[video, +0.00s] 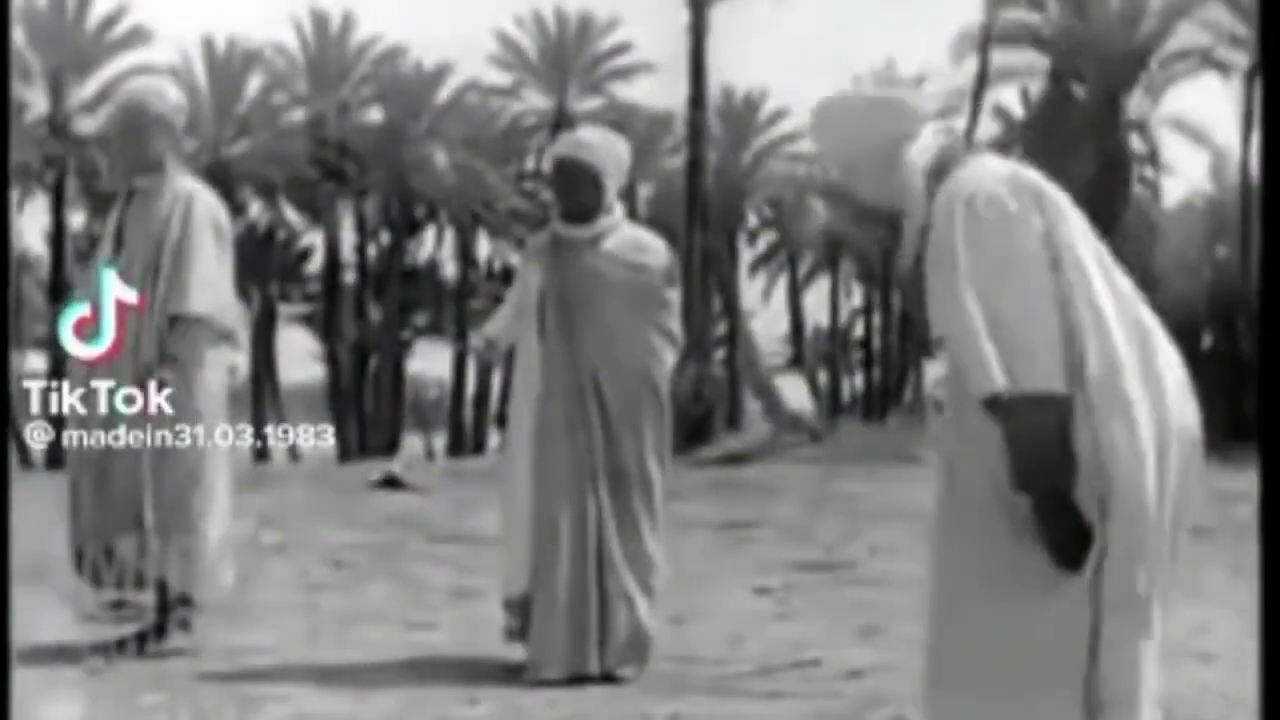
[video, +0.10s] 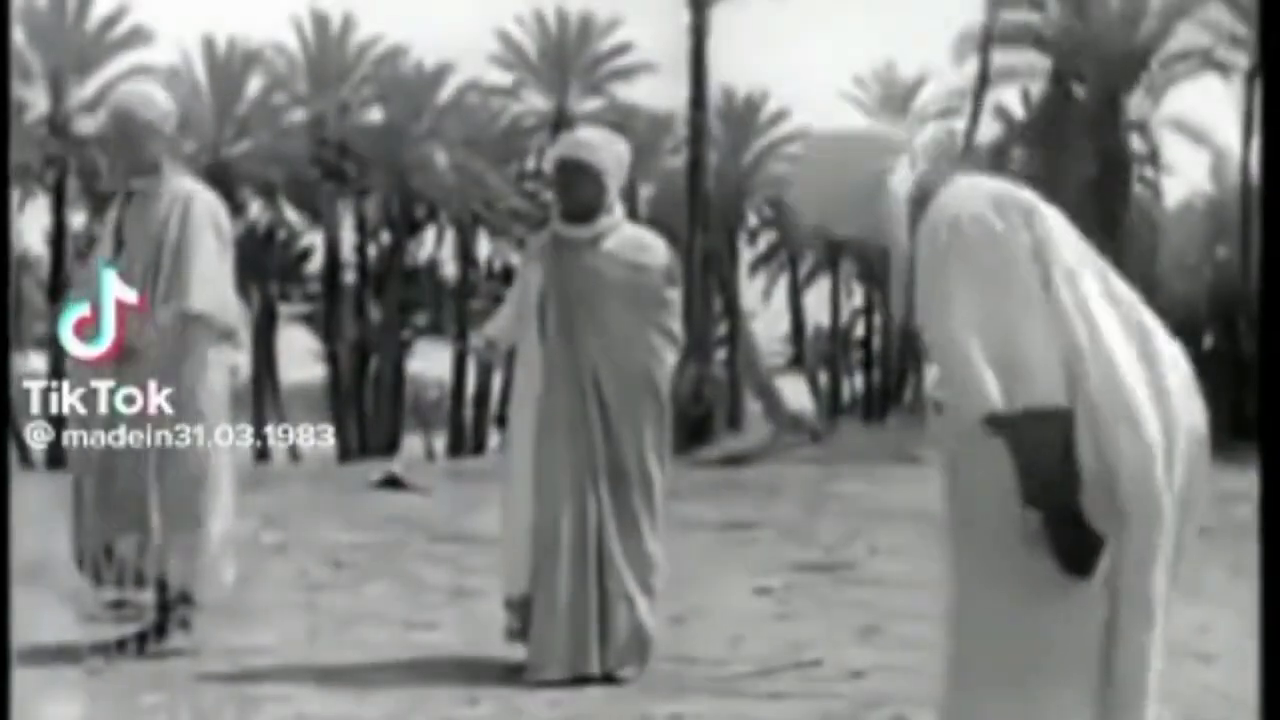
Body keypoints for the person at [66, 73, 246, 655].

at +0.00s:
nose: (109, 151)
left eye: (117, 138)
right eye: (110, 139)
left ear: (153, 136)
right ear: (133, 137)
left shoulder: (193, 205)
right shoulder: (128, 205)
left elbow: (197, 303)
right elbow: (111, 284)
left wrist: (173, 368)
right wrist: (103, 353)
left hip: (186, 364)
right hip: (134, 361)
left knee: (181, 480)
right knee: (140, 478)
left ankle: (178, 603)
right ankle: (150, 596)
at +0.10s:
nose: (107, 153)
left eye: (113, 140)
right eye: (106, 141)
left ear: (146, 137)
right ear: (128, 139)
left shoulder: (193, 204)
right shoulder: (121, 208)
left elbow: (195, 304)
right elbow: (102, 281)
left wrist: (151, 353)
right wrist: (94, 325)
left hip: (189, 362)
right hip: (134, 361)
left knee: (184, 474)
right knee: (138, 472)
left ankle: (179, 600)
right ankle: (153, 592)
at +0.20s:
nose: (95, 163)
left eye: (102, 150)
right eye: (93, 151)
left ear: (133, 147)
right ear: (111, 153)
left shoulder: (186, 205)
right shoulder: (116, 213)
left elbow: (200, 291)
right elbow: (77, 272)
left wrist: (136, 289)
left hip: (192, 358)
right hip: (136, 360)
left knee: (183, 468)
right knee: (143, 468)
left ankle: (182, 595)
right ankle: (159, 593)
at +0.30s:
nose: (85, 186)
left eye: (90, 172)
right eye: (79, 174)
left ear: (118, 166)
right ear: (84, 175)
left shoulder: (182, 208)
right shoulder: (102, 222)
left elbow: (193, 281)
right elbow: (52, 276)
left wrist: (133, 227)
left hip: (193, 368)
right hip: (135, 368)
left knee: (185, 478)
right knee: (149, 476)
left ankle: (183, 602)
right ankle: (164, 599)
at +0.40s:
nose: (67, 215)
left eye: (73, 202)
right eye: (61, 204)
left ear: (100, 193)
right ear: (61, 201)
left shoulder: (160, 237)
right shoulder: (64, 252)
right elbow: (40, 332)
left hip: (191, 373)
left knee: (168, 482)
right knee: (151, 480)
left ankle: (178, 605)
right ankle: (166, 603)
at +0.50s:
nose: (65, 239)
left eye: (68, 226)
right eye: (59, 228)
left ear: (90, 214)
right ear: (67, 219)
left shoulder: (165, 254)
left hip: (202, 376)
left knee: (174, 487)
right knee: (162, 484)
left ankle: (177, 614)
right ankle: (167, 609)